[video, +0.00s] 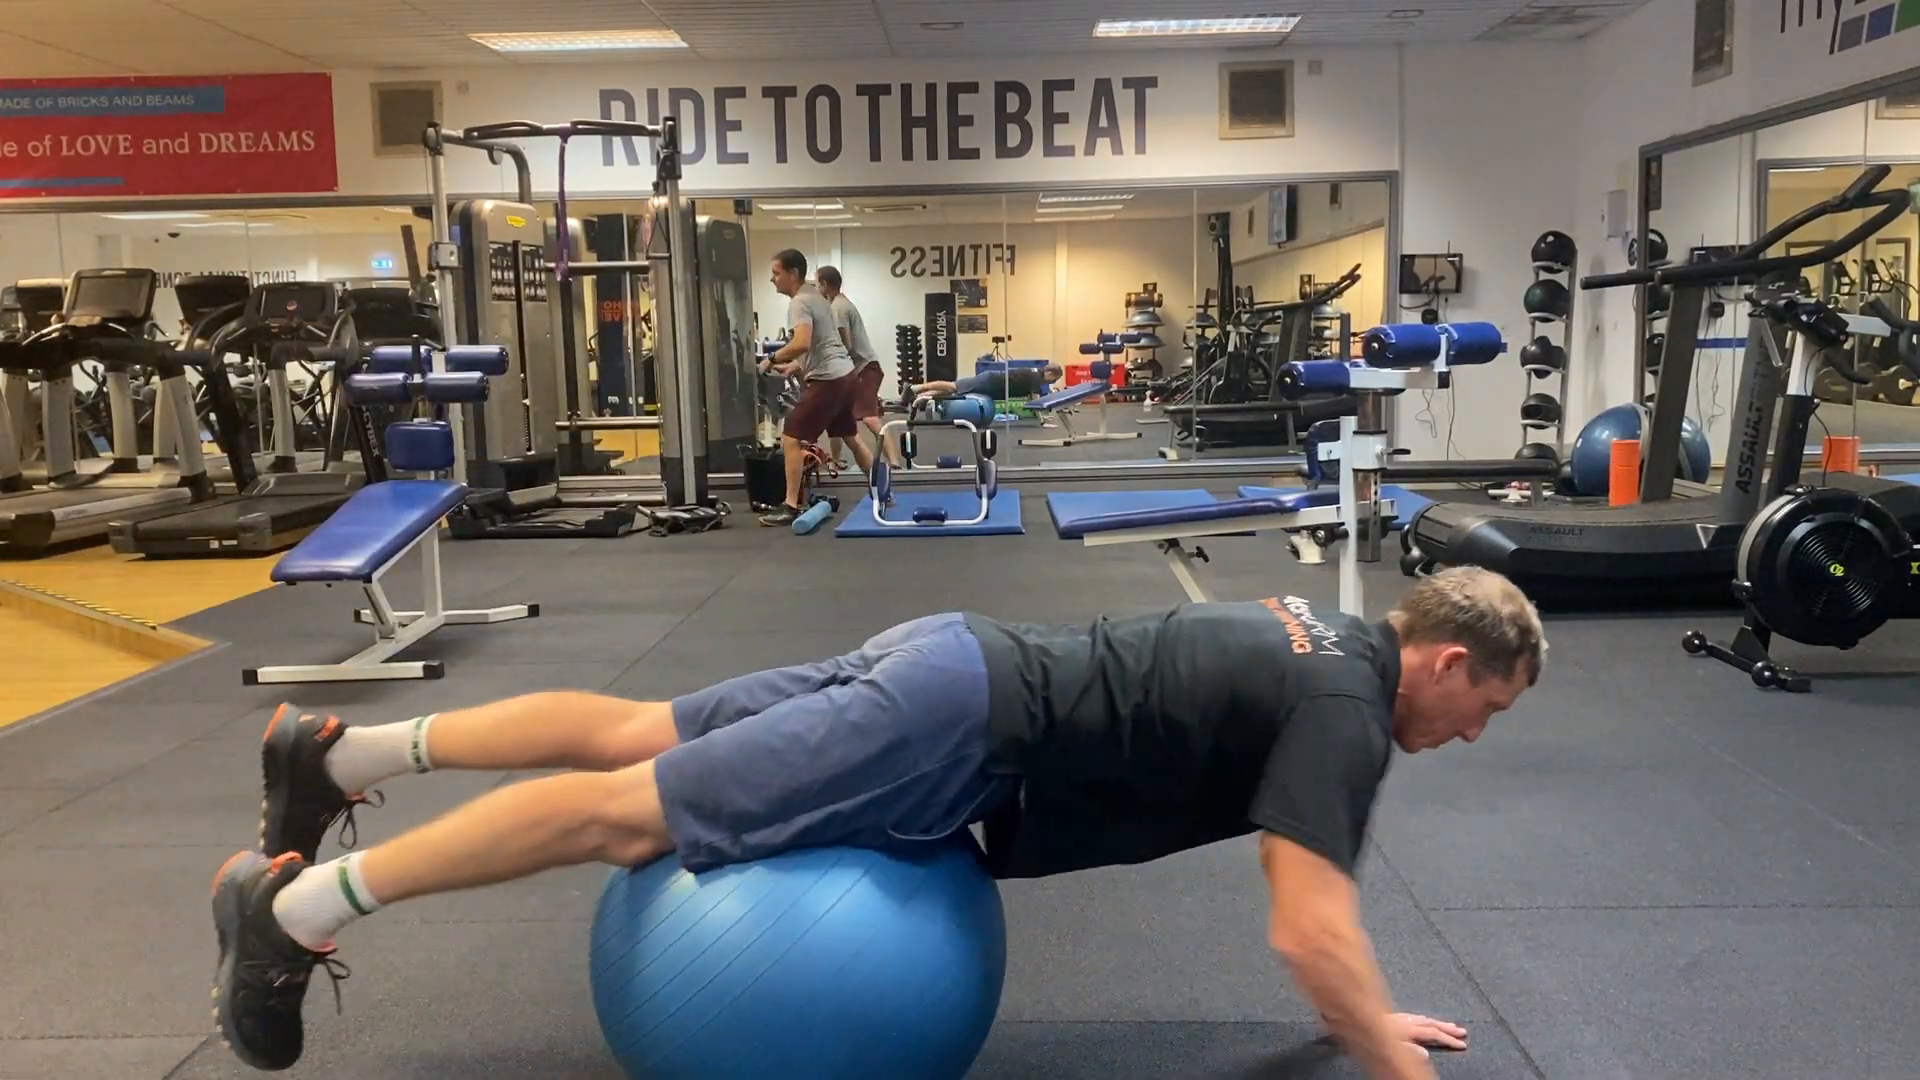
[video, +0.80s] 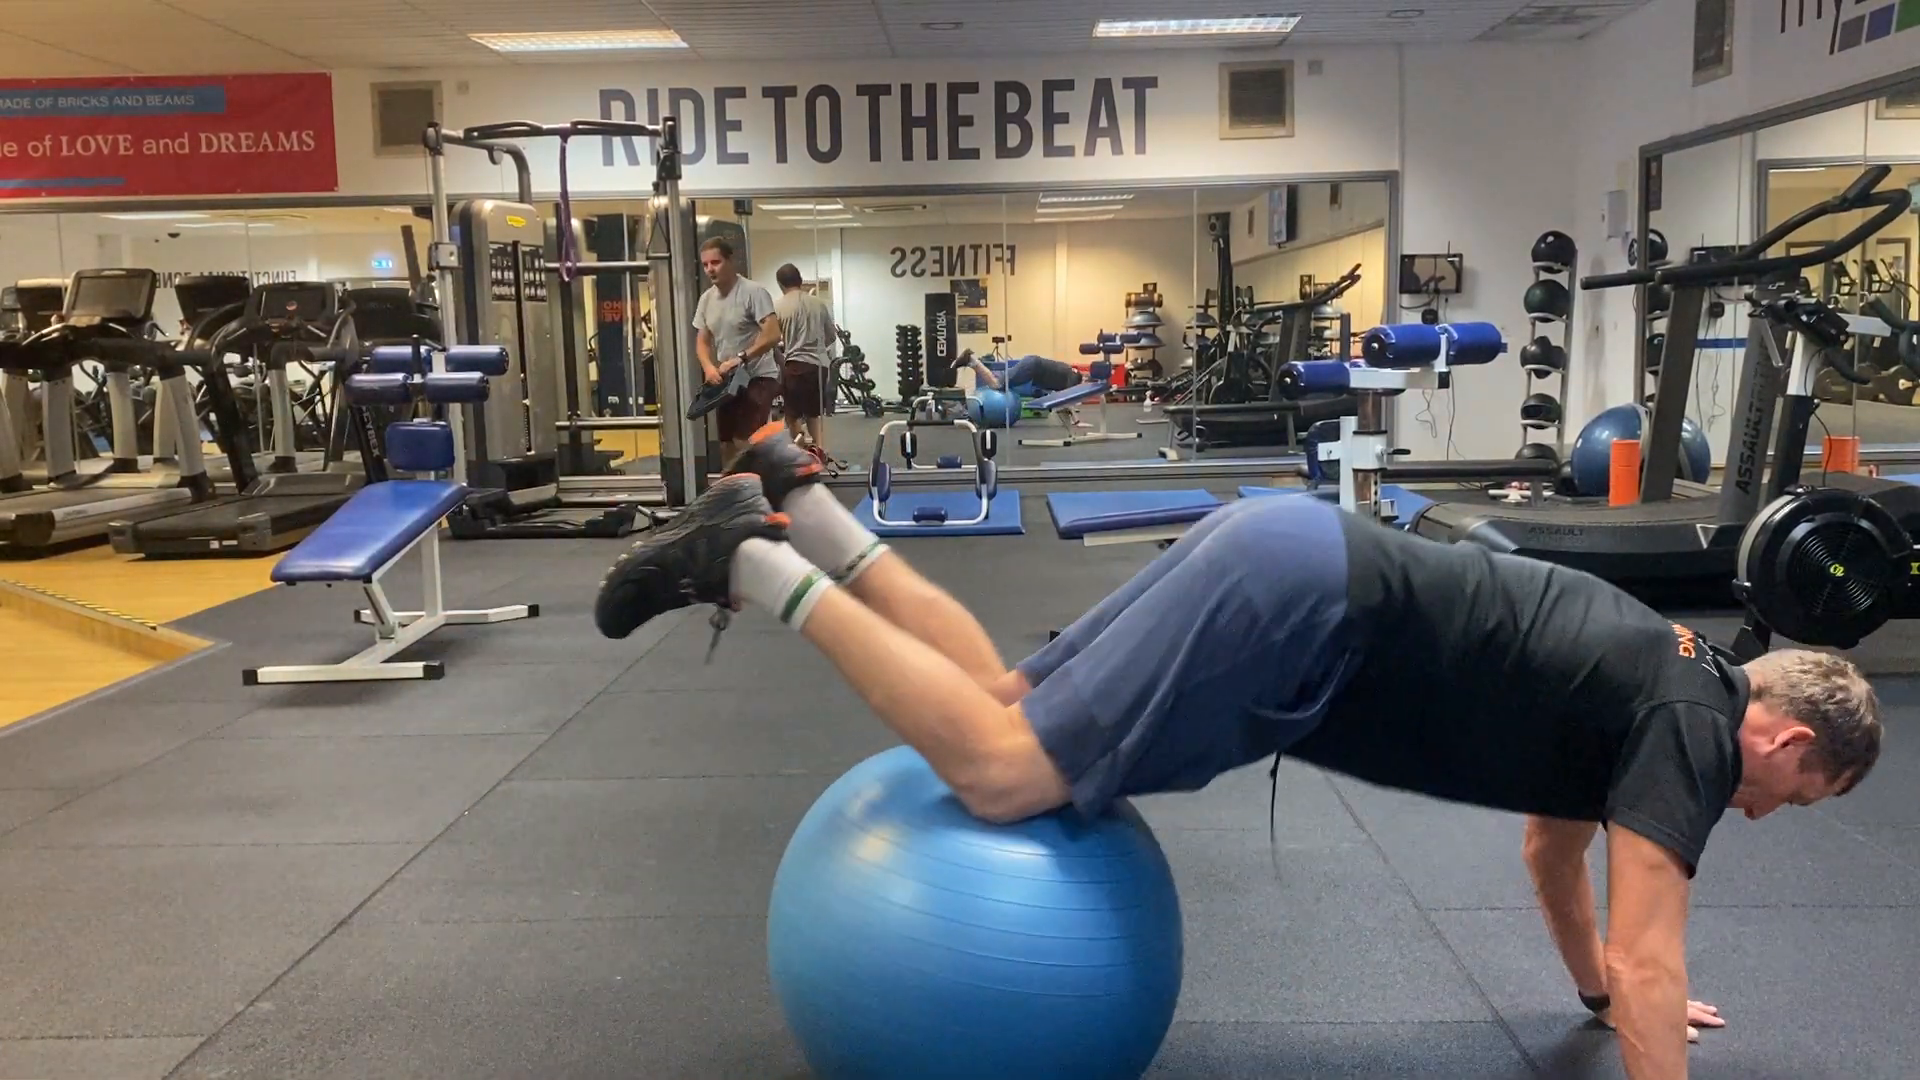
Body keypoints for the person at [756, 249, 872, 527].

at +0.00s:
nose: (773, 280)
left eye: (776, 273)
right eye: (773, 274)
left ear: (794, 274)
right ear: (798, 275)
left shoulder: (800, 301)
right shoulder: (816, 296)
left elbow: (802, 343)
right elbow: (827, 343)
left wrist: (773, 358)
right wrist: (795, 366)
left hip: (826, 379)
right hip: (844, 374)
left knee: (790, 438)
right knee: (850, 437)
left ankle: (791, 505)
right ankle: (882, 487)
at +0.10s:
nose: (763, 275)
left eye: (767, 269)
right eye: (763, 269)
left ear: (784, 268)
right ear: (786, 270)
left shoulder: (793, 298)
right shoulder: (804, 294)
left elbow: (800, 340)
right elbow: (813, 340)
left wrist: (769, 358)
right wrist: (786, 362)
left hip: (813, 378)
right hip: (828, 374)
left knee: (785, 438)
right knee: (827, 436)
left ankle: (791, 505)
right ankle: (871, 478)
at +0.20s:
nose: (755, 273)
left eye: (759, 267)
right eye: (755, 267)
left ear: (777, 266)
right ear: (774, 267)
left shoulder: (791, 294)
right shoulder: (780, 294)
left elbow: (801, 337)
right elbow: (787, 337)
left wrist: (770, 358)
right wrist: (770, 358)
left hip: (806, 374)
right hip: (799, 373)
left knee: (787, 441)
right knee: (797, 439)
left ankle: (791, 505)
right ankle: (852, 465)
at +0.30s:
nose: (747, 272)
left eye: (751, 266)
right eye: (746, 267)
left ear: (770, 264)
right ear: (761, 266)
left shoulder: (789, 291)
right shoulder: (761, 295)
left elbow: (802, 336)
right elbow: (760, 337)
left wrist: (770, 358)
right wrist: (753, 361)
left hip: (801, 373)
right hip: (779, 374)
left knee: (787, 440)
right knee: (767, 434)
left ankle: (791, 505)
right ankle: (821, 456)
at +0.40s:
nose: (741, 271)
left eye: (745, 265)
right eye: (739, 266)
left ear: (763, 261)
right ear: (747, 265)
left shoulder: (785, 291)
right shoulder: (747, 294)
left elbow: (800, 336)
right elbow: (747, 330)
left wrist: (768, 359)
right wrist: (747, 357)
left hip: (796, 373)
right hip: (771, 374)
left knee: (785, 441)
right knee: (750, 427)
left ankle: (792, 504)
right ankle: (791, 462)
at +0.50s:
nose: (734, 269)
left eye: (739, 263)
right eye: (732, 264)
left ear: (757, 260)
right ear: (736, 263)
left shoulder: (781, 291)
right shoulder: (737, 294)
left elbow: (795, 336)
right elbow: (736, 333)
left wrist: (763, 357)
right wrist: (738, 361)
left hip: (789, 373)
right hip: (759, 375)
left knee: (782, 442)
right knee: (744, 431)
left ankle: (789, 505)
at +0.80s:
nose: (710, 270)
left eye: (715, 263)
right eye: (706, 265)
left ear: (731, 261)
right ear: (703, 267)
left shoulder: (754, 292)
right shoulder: (707, 298)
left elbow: (772, 334)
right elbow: (702, 341)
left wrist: (739, 358)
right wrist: (708, 367)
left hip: (759, 375)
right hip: (727, 379)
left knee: (744, 439)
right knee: (727, 442)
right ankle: (732, 496)